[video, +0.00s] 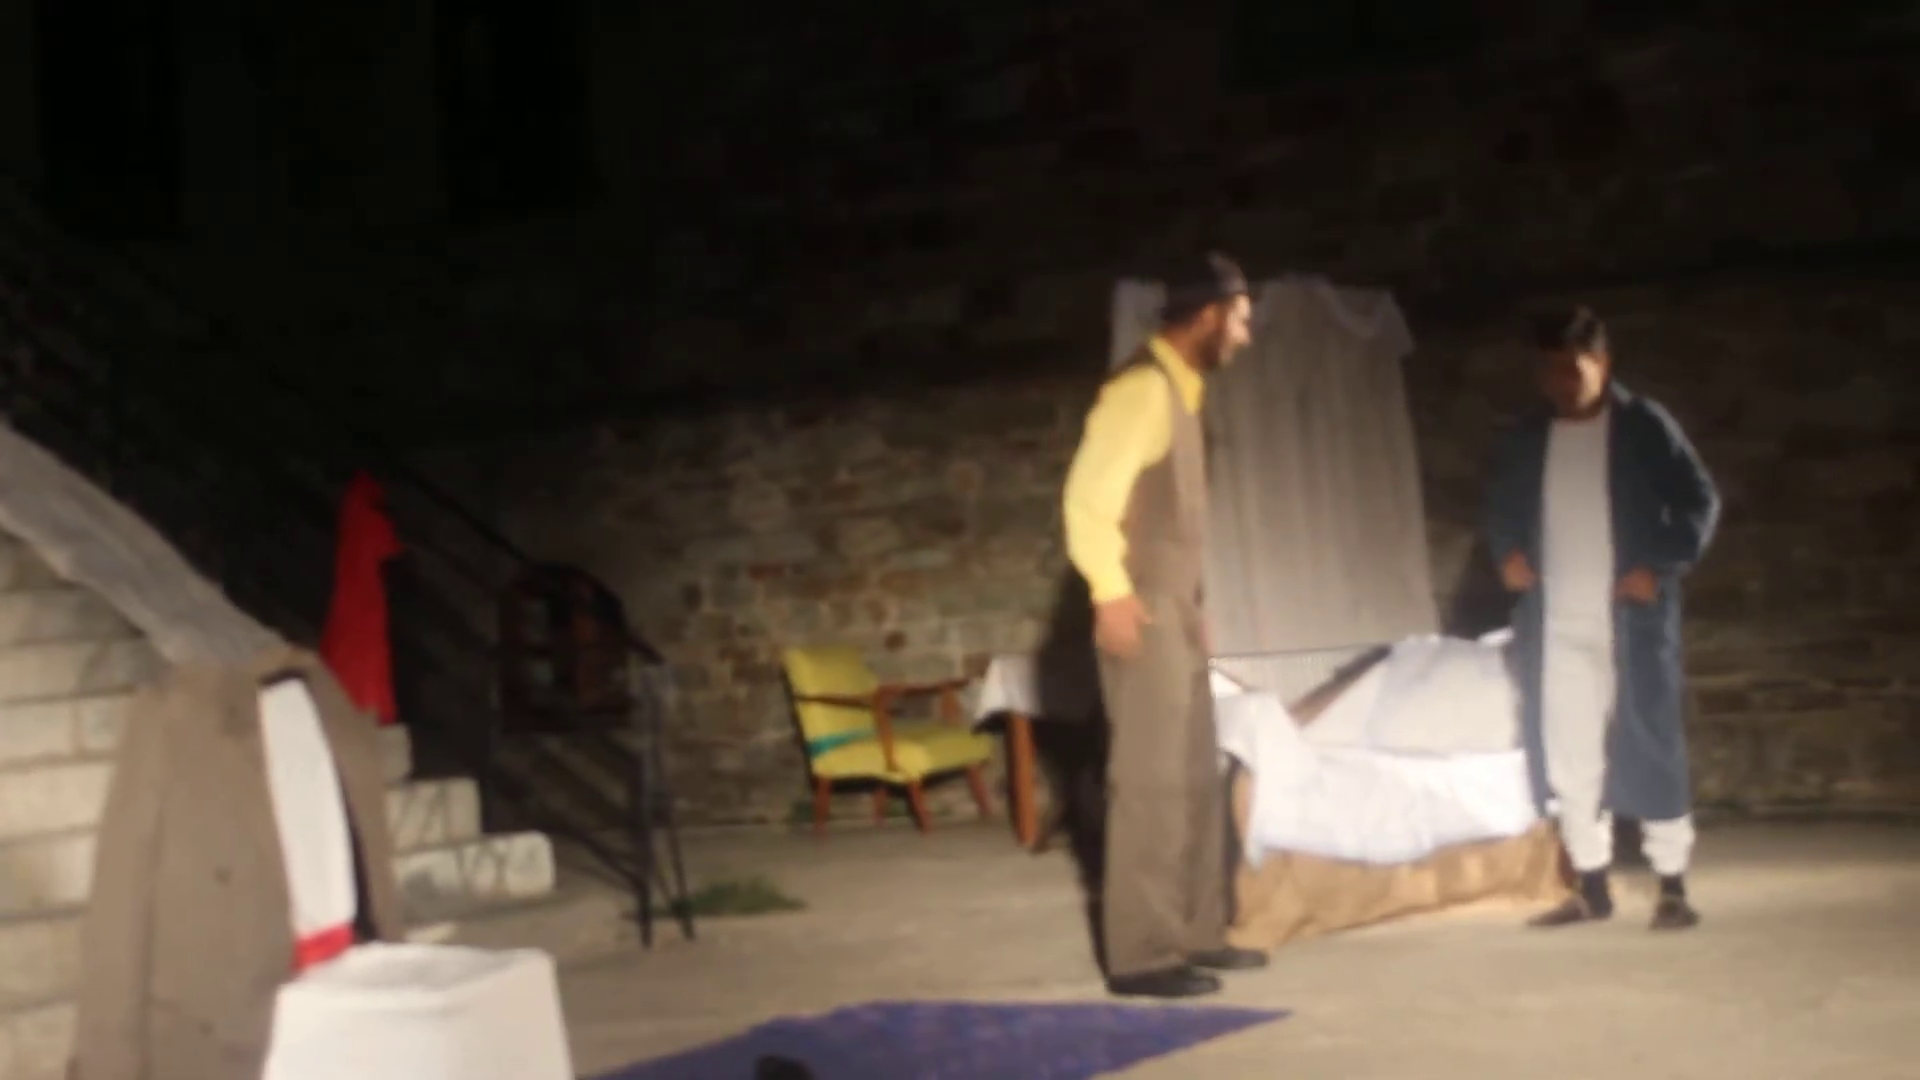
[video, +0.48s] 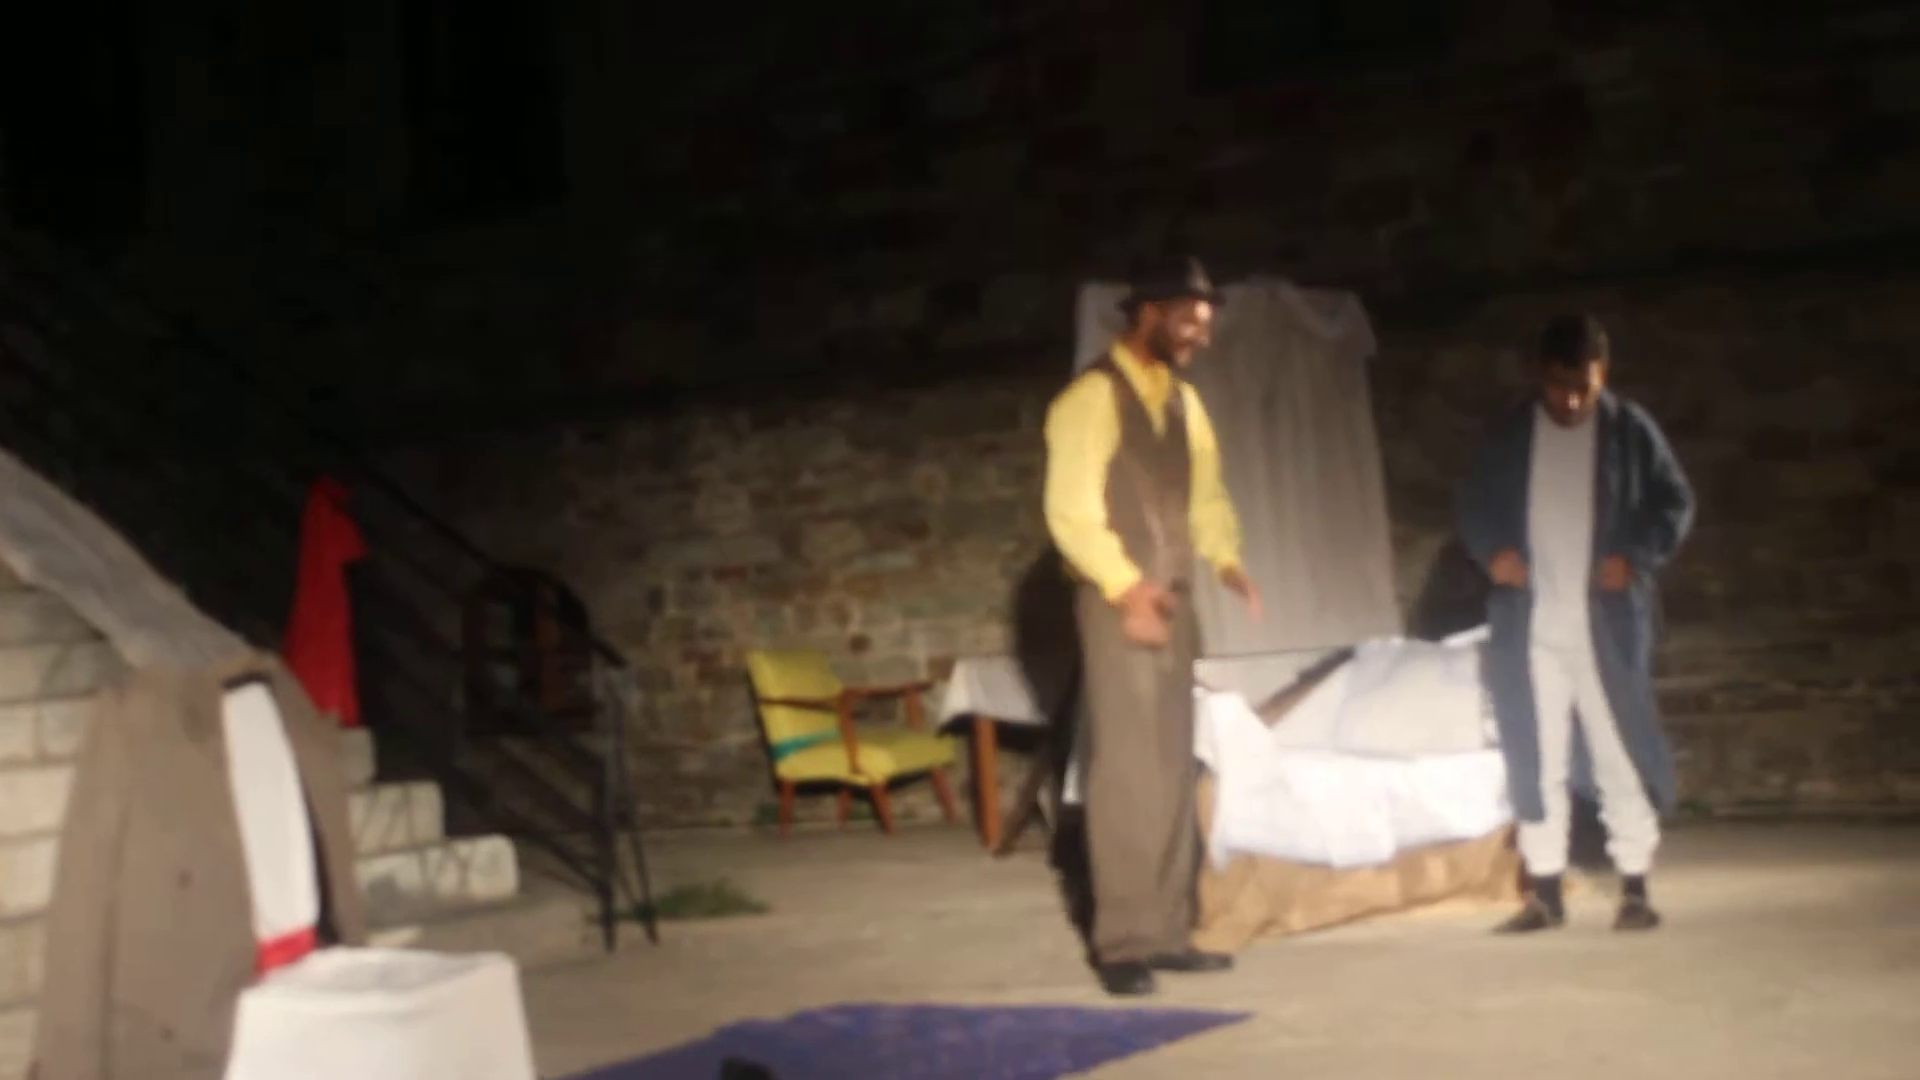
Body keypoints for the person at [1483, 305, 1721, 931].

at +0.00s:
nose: (1566, 382)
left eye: (1576, 368)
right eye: (1555, 370)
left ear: (1602, 361)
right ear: (1541, 372)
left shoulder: (1644, 425)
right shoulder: (1522, 439)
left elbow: (1697, 503)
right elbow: (1499, 506)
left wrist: (1659, 568)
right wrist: (1507, 552)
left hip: (1634, 627)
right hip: (1558, 630)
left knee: (1653, 747)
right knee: (1567, 753)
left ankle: (1672, 886)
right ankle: (1591, 889)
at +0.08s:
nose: (1578, 387)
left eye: (1589, 373)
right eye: (1568, 374)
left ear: (1614, 367)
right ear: (1552, 374)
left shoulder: (1653, 426)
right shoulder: (1528, 438)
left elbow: (1708, 501)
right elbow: (1504, 504)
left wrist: (1676, 573)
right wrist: (1514, 552)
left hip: (1641, 631)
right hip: (1562, 633)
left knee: (1658, 752)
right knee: (1566, 759)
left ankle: (1671, 886)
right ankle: (1590, 887)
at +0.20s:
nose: (1573, 392)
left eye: (1584, 378)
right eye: (1561, 379)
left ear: (1607, 370)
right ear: (1544, 376)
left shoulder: (1643, 429)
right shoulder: (1521, 435)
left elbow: (1700, 505)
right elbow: (1494, 504)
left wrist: (1667, 577)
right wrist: (1510, 557)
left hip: (1627, 635)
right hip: (1553, 635)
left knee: (1640, 760)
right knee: (1540, 763)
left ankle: (1649, 886)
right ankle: (1562, 883)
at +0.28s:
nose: (1571, 395)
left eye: (1582, 381)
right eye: (1560, 382)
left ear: (1603, 371)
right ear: (1541, 375)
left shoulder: (1636, 428)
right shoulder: (1514, 432)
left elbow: (1685, 504)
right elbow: (1486, 502)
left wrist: (1652, 571)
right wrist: (1504, 554)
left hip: (1616, 629)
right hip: (1542, 629)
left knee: (1631, 755)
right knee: (1535, 761)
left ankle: (1640, 885)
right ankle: (1550, 885)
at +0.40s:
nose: (1576, 399)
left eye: (1588, 386)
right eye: (1565, 385)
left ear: (1608, 376)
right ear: (1545, 376)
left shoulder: (1636, 429)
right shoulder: (1513, 431)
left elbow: (1681, 504)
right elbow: (1483, 500)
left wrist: (1641, 562)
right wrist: (1504, 551)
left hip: (1612, 627)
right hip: (1540, 626)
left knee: (1624, 750)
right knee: (1543, 753)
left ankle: (1640, 885)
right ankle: (1548, 889)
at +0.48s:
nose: (1571, 400)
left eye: (1582, 387)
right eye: (1561, 386)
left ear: (1602, 376)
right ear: (1540, 376)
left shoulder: (1629, 429)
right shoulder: (1510, 431)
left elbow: (1674, 504)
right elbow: (1473, 499)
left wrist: (1634, 560)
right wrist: (1494, 550)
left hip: (1604, 628)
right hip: (1530, 626)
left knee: (1617, 752)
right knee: (1536, 756)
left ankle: (1635, 885)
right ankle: (1544, 891)